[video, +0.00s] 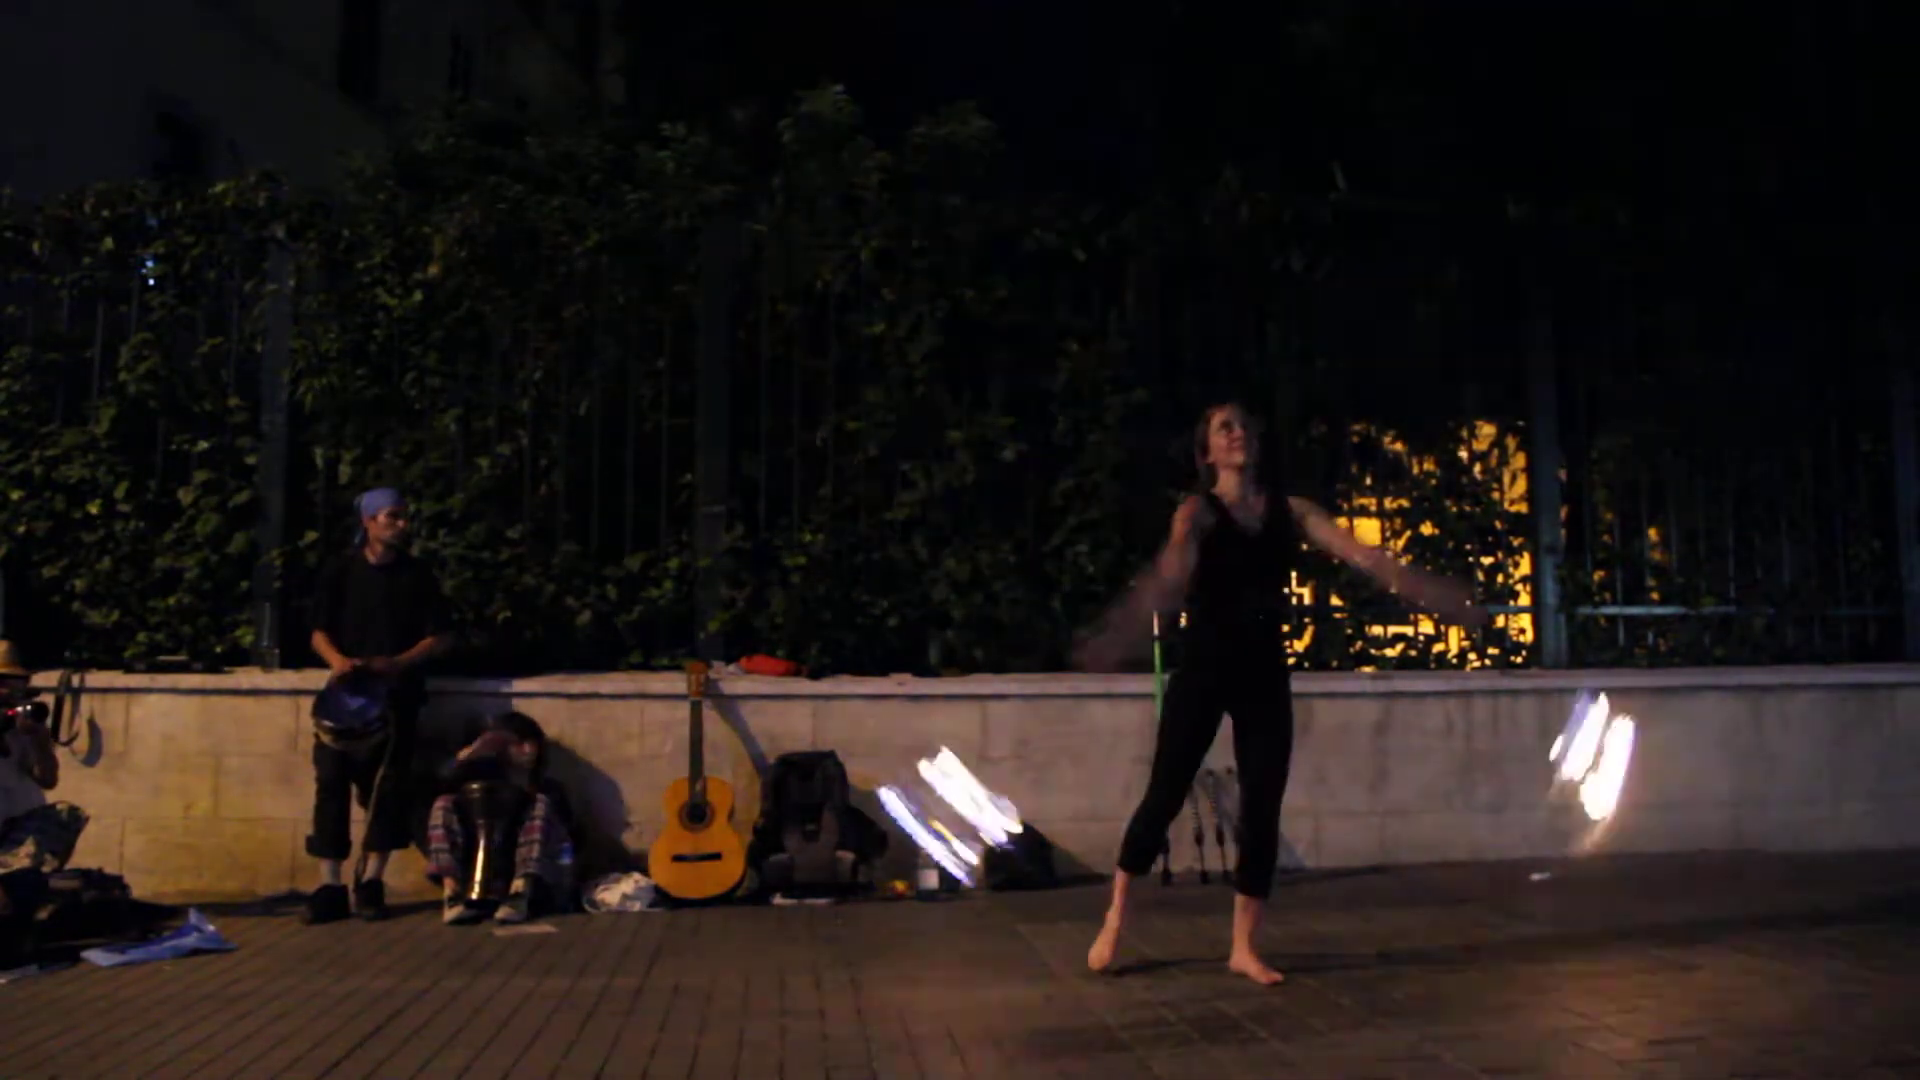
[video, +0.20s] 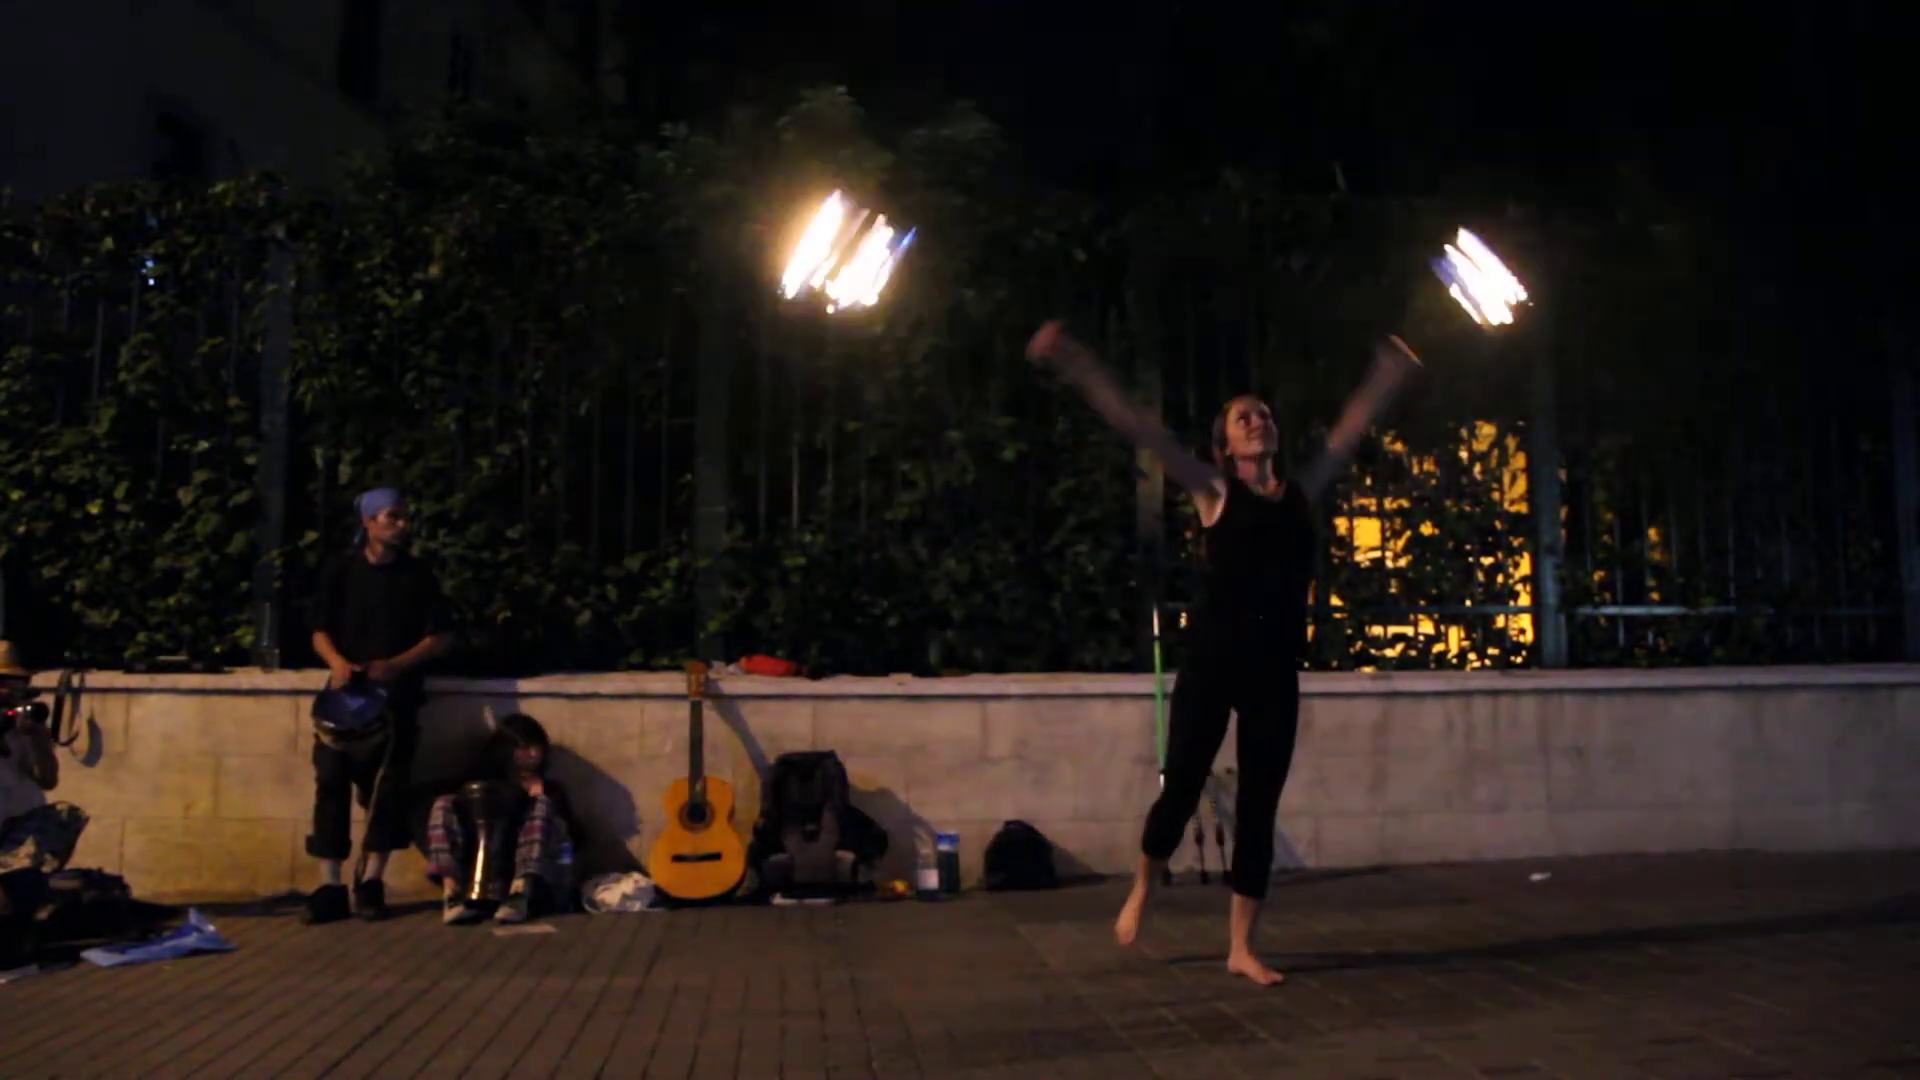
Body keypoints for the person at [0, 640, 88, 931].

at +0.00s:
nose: (15, 694)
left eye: (20, 687)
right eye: (9, 686)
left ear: (27, 688)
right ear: (1, 687)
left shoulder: (25, 725)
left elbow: (48, 780)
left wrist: (37, 733)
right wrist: (19, 732)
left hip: (25, 817)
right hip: (10, 819)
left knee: (70, 816)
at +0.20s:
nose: (13, 690)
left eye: (18, 683)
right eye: (7, 683)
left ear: (25, 686)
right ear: (1, 685)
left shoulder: (25, 723)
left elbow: (48, 780)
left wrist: (37, 733)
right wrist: (17, 730)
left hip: (25, 816)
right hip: (9, 820)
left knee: (71, 817)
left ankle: (32, 879)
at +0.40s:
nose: (11, 690)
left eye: (17, 683)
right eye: (7, 682)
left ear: (25, 686)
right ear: (1, 686)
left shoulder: (26, 723)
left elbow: (48, 781)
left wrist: (37, 735)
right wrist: (18, 732)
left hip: (25, 817)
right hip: (10, 820)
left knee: (70, 817)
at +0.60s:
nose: (11, 690)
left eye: (17, 683)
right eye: (6, 683)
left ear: (25, 686)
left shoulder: (25, 723)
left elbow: (48, 781)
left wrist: (37, 734)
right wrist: (18, 731)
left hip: (23, 817)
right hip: (8, 821)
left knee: (70, 816)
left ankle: (29, 878)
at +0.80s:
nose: (11, 690)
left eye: (16, 683)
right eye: (6, 682)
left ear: (24, 686)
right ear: (1, 685)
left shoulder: (24, 724)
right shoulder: (11, 724)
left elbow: (48, 782)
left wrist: (37, 733)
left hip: (29, 818)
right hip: (11, 822)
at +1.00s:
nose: (13, 691)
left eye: (19, 684)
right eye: (7, 683)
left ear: (27, 686)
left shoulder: (27, 725)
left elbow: (48, 782)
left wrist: (36, 732)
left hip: (27, 819)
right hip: (11, 822)